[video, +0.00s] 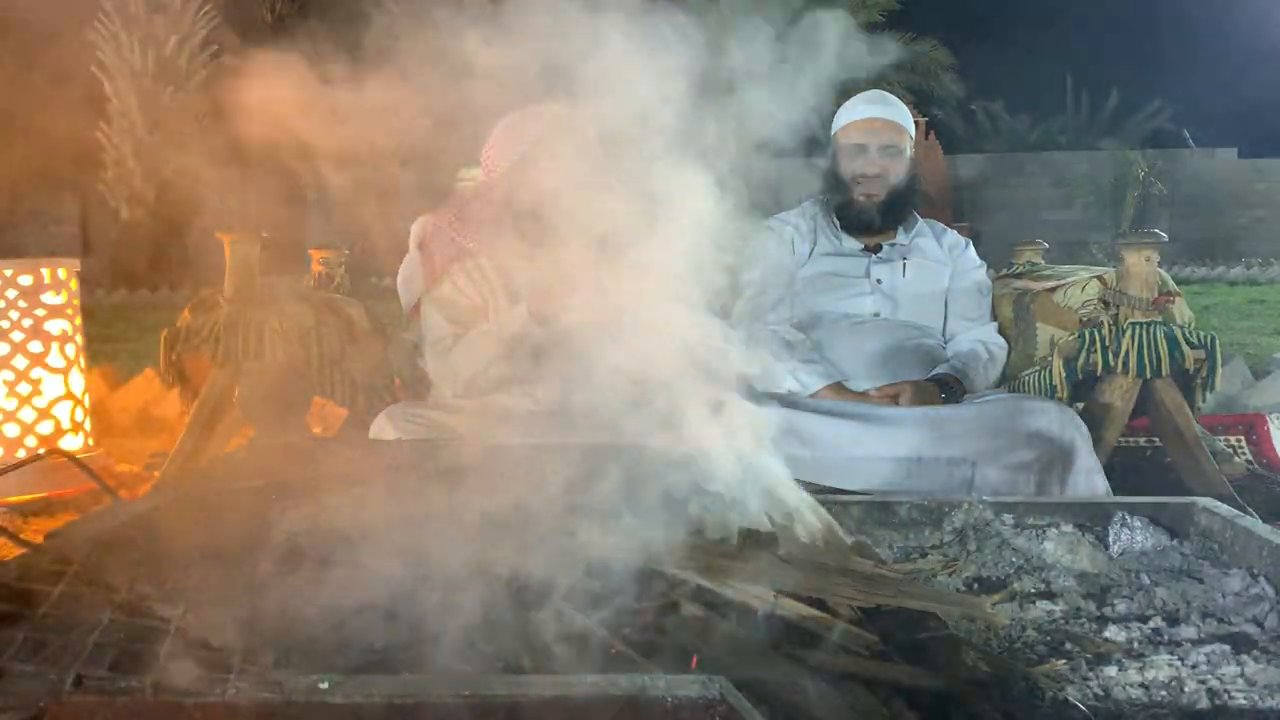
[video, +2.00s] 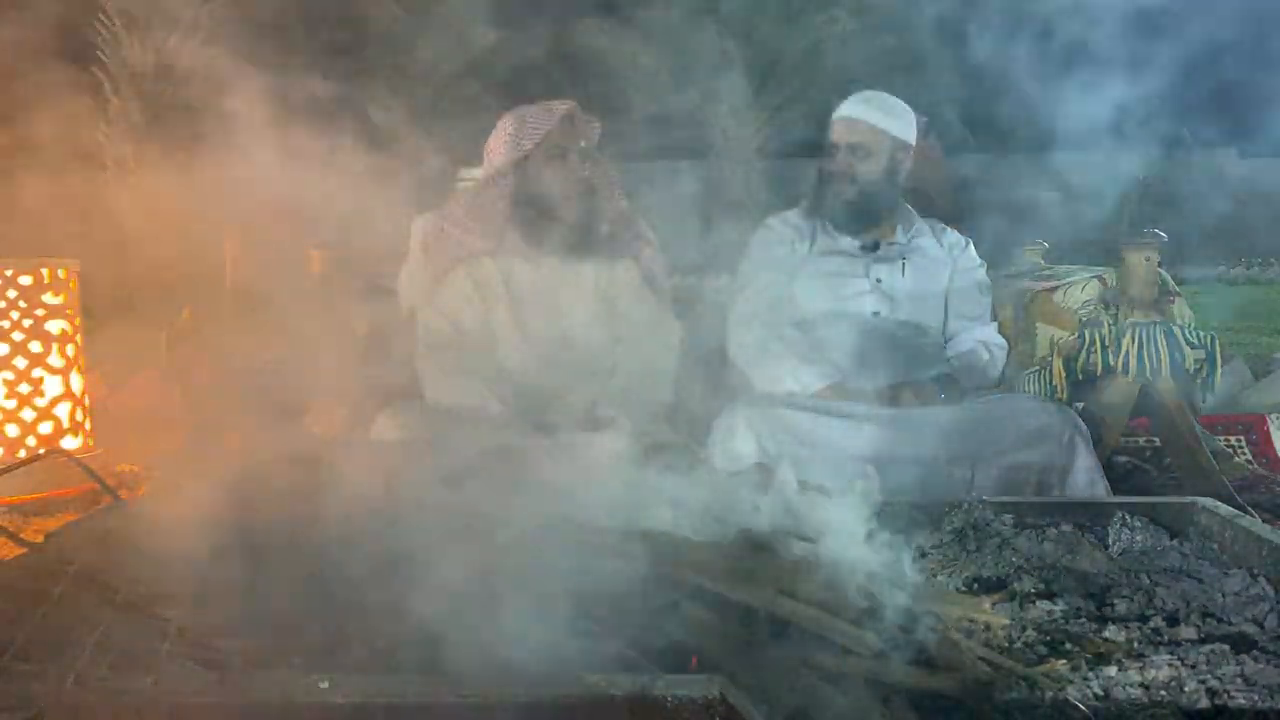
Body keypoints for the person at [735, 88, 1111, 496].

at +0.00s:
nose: (871, 167)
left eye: (888, 152)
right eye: (857, 151)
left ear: (912, 162)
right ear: (834, 158)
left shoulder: (951, 249)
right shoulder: (785, 237)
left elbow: (980, 343)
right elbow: (758, 335)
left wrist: (938, 390)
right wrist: (835, 396)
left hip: (934, 420)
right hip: (823, 417)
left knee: (1053, 425)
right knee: (741, 428)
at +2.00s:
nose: (838, 167)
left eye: (857, 154)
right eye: (832, 152)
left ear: (901, 163)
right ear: (823, 156)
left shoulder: (952, 251)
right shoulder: (784, 237)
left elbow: (983, 345)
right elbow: (750, 343)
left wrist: (934, 387)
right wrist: (825, 392)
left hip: (931, 427)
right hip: (822, 427)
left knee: (1053, 427)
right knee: (741, 425)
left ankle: (1092, 574)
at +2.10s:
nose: (837, 166)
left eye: (857, 153)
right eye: (832, 151)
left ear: (900, 164)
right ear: (822, 156)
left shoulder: (952, 251)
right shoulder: (784, 236)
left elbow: (982, 342)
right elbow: (750, 335)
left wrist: (941, 384)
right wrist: (828, 394)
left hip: (934, 427)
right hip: (826, 428)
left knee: (1054, 427)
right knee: (741, 430)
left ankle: (1080, 579)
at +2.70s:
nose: (839, 168)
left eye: (861, 154)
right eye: (834, 152)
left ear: (905, 164)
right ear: (825, 155)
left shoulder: (952, 248)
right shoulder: (784, 234)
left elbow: (980, 342)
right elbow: (757, 330)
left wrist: (938, 388)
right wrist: (833, 394)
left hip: (934, 418)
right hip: (824, 414)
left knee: (1054, 426)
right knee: (760, 435)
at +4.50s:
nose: (905, 170)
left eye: (913, 155)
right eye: (887, 154)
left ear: (926, 163)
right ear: (849, 161)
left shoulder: (953, 248)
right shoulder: (787, 236)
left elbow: (982, 337)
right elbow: (750, 337)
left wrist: (940, 389)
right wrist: (824, 392)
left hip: (920, 417)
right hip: (812, 416)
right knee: (740, 429)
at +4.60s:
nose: (893, 172)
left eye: (904, 155)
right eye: (878, 155)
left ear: (922, 162)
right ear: (842, 160)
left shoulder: (954, 251)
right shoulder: (787, 235)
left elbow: (982, 347)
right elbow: (750, 335)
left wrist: (935, 391)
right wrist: (819, 391)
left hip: (922, 421)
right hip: (819, 419)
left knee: (1028, 420)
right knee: (738, 427)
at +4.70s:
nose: (901, 173)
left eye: (911, 157)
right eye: (885, 156)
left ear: (923, 166)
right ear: (843, 159)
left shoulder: (953, 250)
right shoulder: (786, 235)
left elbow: (981, 346)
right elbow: (752, 333)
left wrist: (934, 388)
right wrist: (822, 395)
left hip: (924, 416)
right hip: (817, 413)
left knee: (1058, 428)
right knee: (739, 428)